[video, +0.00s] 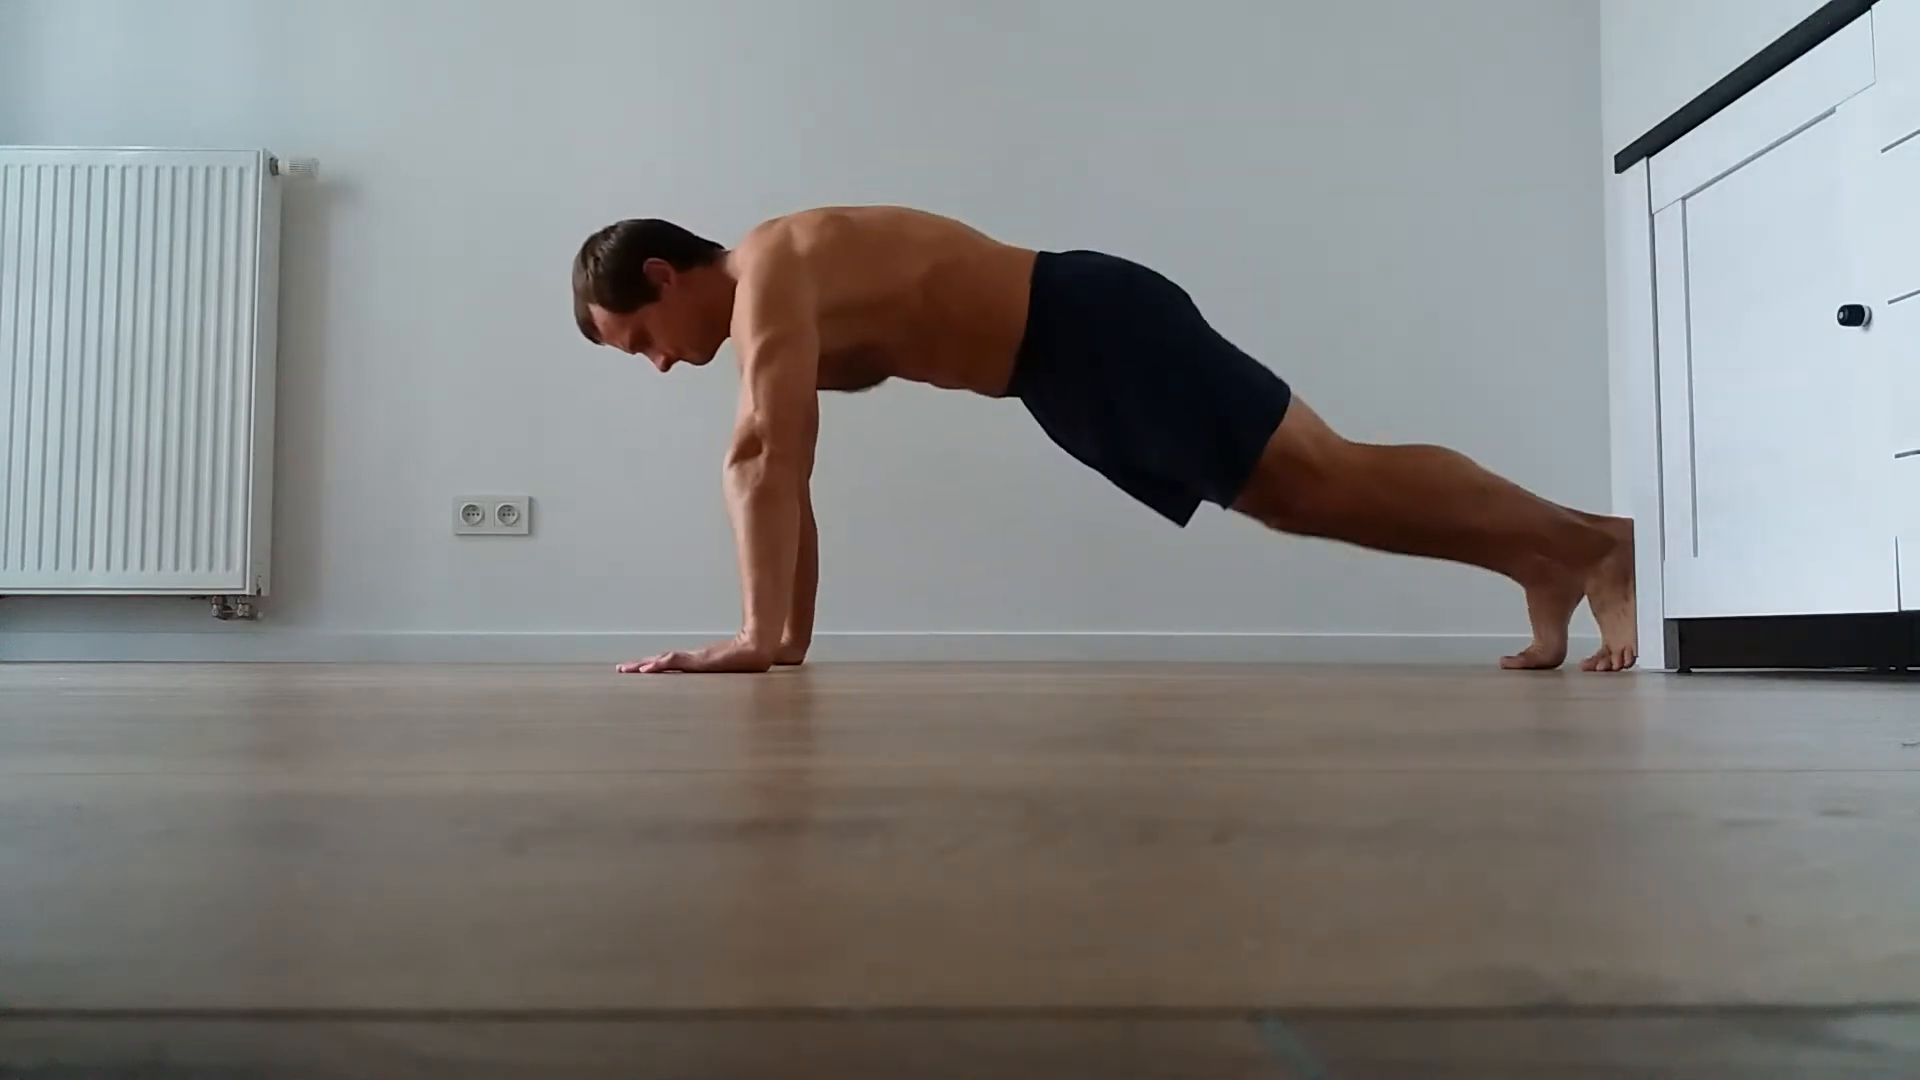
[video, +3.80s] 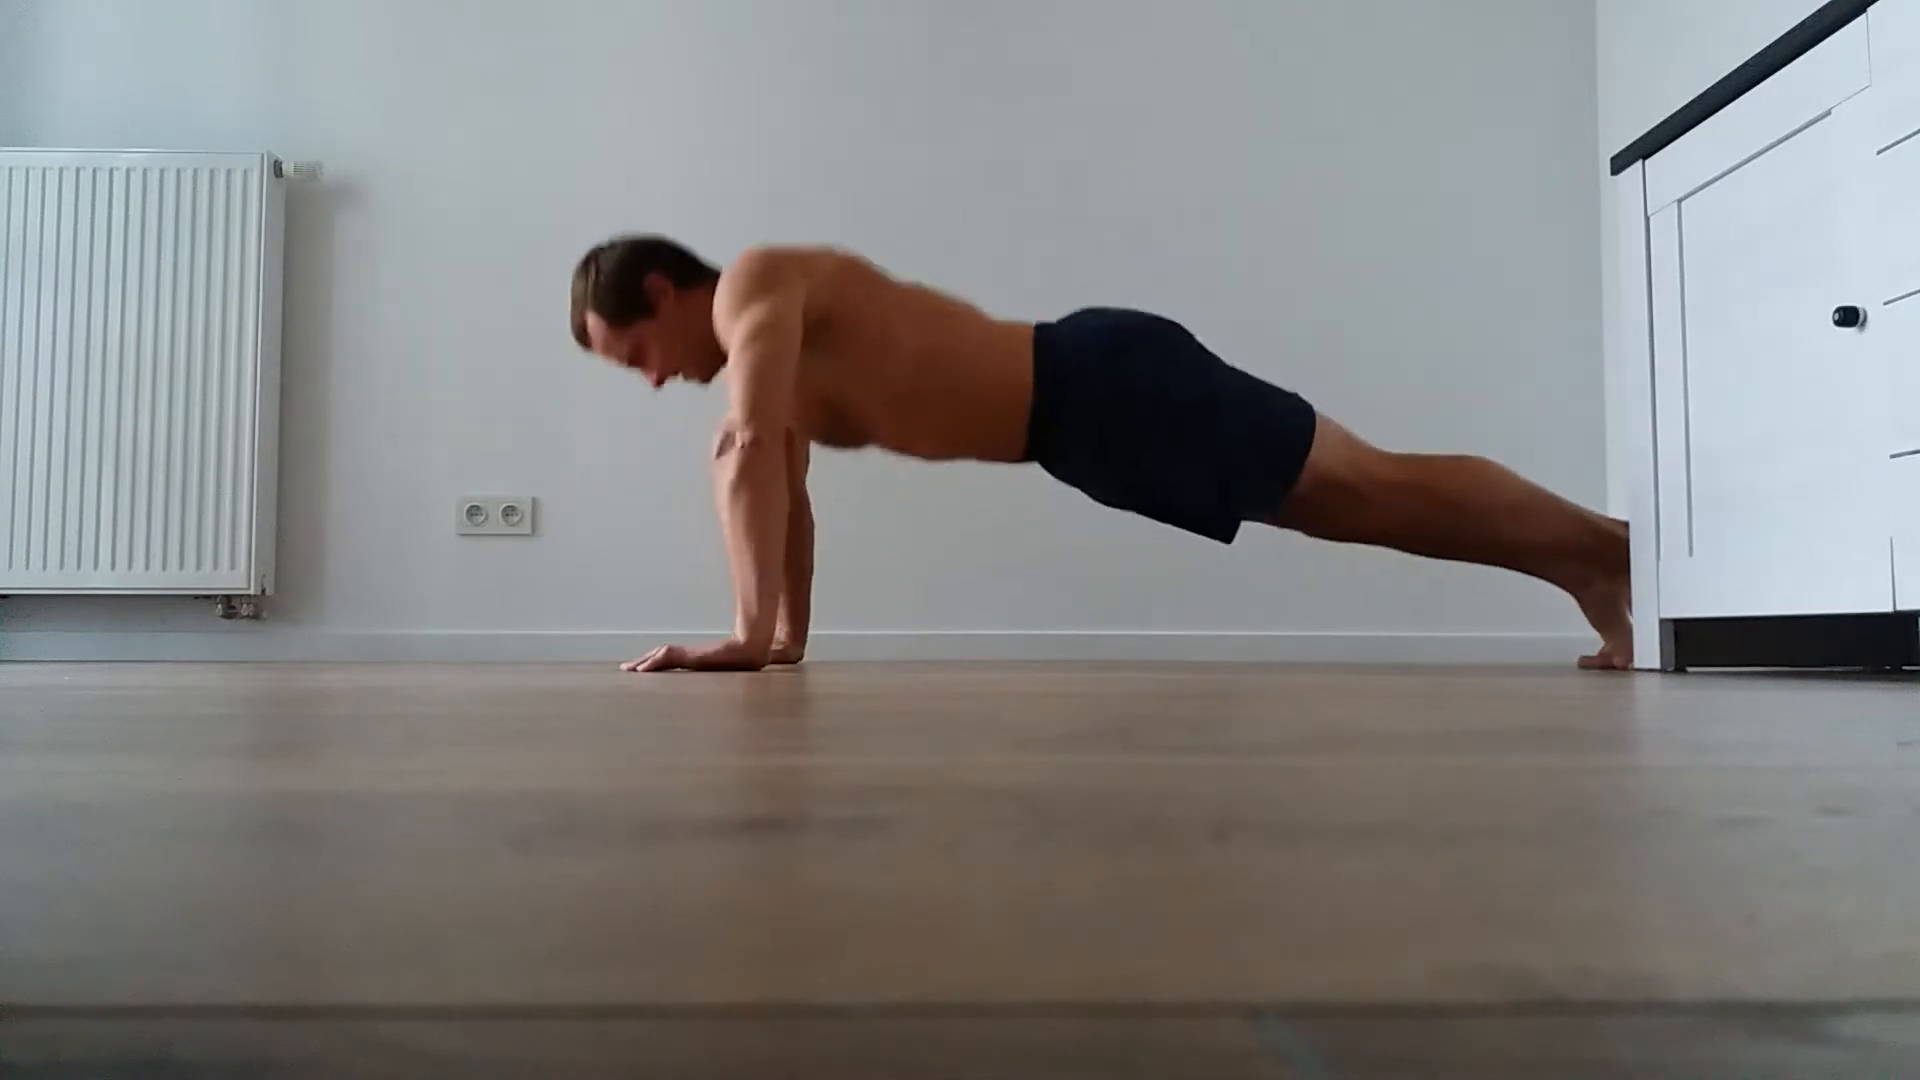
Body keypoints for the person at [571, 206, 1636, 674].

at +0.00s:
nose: (650, 360)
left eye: (634, 338)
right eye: (634, 349)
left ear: (660, 282)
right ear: (663, 287)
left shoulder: (774, 270)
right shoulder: (769, 290)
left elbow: (762, 464)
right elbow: (782, 481)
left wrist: (758, 638)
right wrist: (788, 639)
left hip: (1092, 330)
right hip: (1072, 354)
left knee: (1322, 483)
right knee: (1301, 492)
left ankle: (1589, 544)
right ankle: (1537, 564)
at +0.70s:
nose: (632, 522)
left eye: (615, 502)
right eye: (616, 511)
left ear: (631, 444)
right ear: (647, 445)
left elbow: (758, 461)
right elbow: (811, 525)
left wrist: (761, 633)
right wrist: (780, 645)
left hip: (1075, 467)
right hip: (1066, 481)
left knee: (1346, 544)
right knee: (1341, 544)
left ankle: (1598, 557)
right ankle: (1587, 556)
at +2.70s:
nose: (622, 609)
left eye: (608, 590)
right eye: (603, 599)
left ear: (630, 541)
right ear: (632, 546)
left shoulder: (723, 502)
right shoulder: (734, 516)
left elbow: (709, 462)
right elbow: (798, 610)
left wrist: (765, 637)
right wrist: (736, 647)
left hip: (1064, 542)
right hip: (1054, 544)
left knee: (1357, 575)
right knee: (1352, 572)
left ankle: (1593, 559)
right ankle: (1587, 560)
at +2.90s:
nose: (639, 416)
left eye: (625, 396)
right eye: (625, 406)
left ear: (652, 349)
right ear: (663, 349)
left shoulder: (749, 344)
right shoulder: (762, 358)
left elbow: (738, 484)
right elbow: (781, 502)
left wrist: (753, 640)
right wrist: (786, 644)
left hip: (1089, 419)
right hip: (1084, 415)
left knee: (1363, 510)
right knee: (1359, 503)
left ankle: (1597, 553)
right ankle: (1588, 552)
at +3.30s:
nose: (625, 576)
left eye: (609, 560)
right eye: (608, 568)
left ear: (623, 506)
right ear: (631, 512)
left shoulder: (720, 462)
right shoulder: (733, 475)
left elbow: (734, 469)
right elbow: (790, 620)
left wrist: (751, 639)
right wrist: (741, 643)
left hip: (1068, 530)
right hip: (1057, 532)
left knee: (1358, 576)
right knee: (1352, 570)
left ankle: (1595, 563)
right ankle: (1589, 564)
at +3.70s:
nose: (632, 436)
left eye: (618, 417)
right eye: (618, 426)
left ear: (644, 370)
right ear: (656, 371)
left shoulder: (742, 362)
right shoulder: (754, 377)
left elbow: (734, 482)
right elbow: (773, 502)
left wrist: (752, 639)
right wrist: (784, 644)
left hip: (1088, 430)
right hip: (1079, 432)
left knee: (1355, 511)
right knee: (1351, 509)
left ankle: (1595, 553)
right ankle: (1586, 553)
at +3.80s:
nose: (644, 373)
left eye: (628, 351)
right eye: (629, 362)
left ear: (653, 300)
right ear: (658, 314)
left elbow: (742, 461)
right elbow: (784, 500)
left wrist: (752, 634)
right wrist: (785, 643)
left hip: (1094, 391)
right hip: (1083, 400)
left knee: (1360, 492)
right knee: (1354, 491)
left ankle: (1598, 552)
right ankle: (1584, 557)